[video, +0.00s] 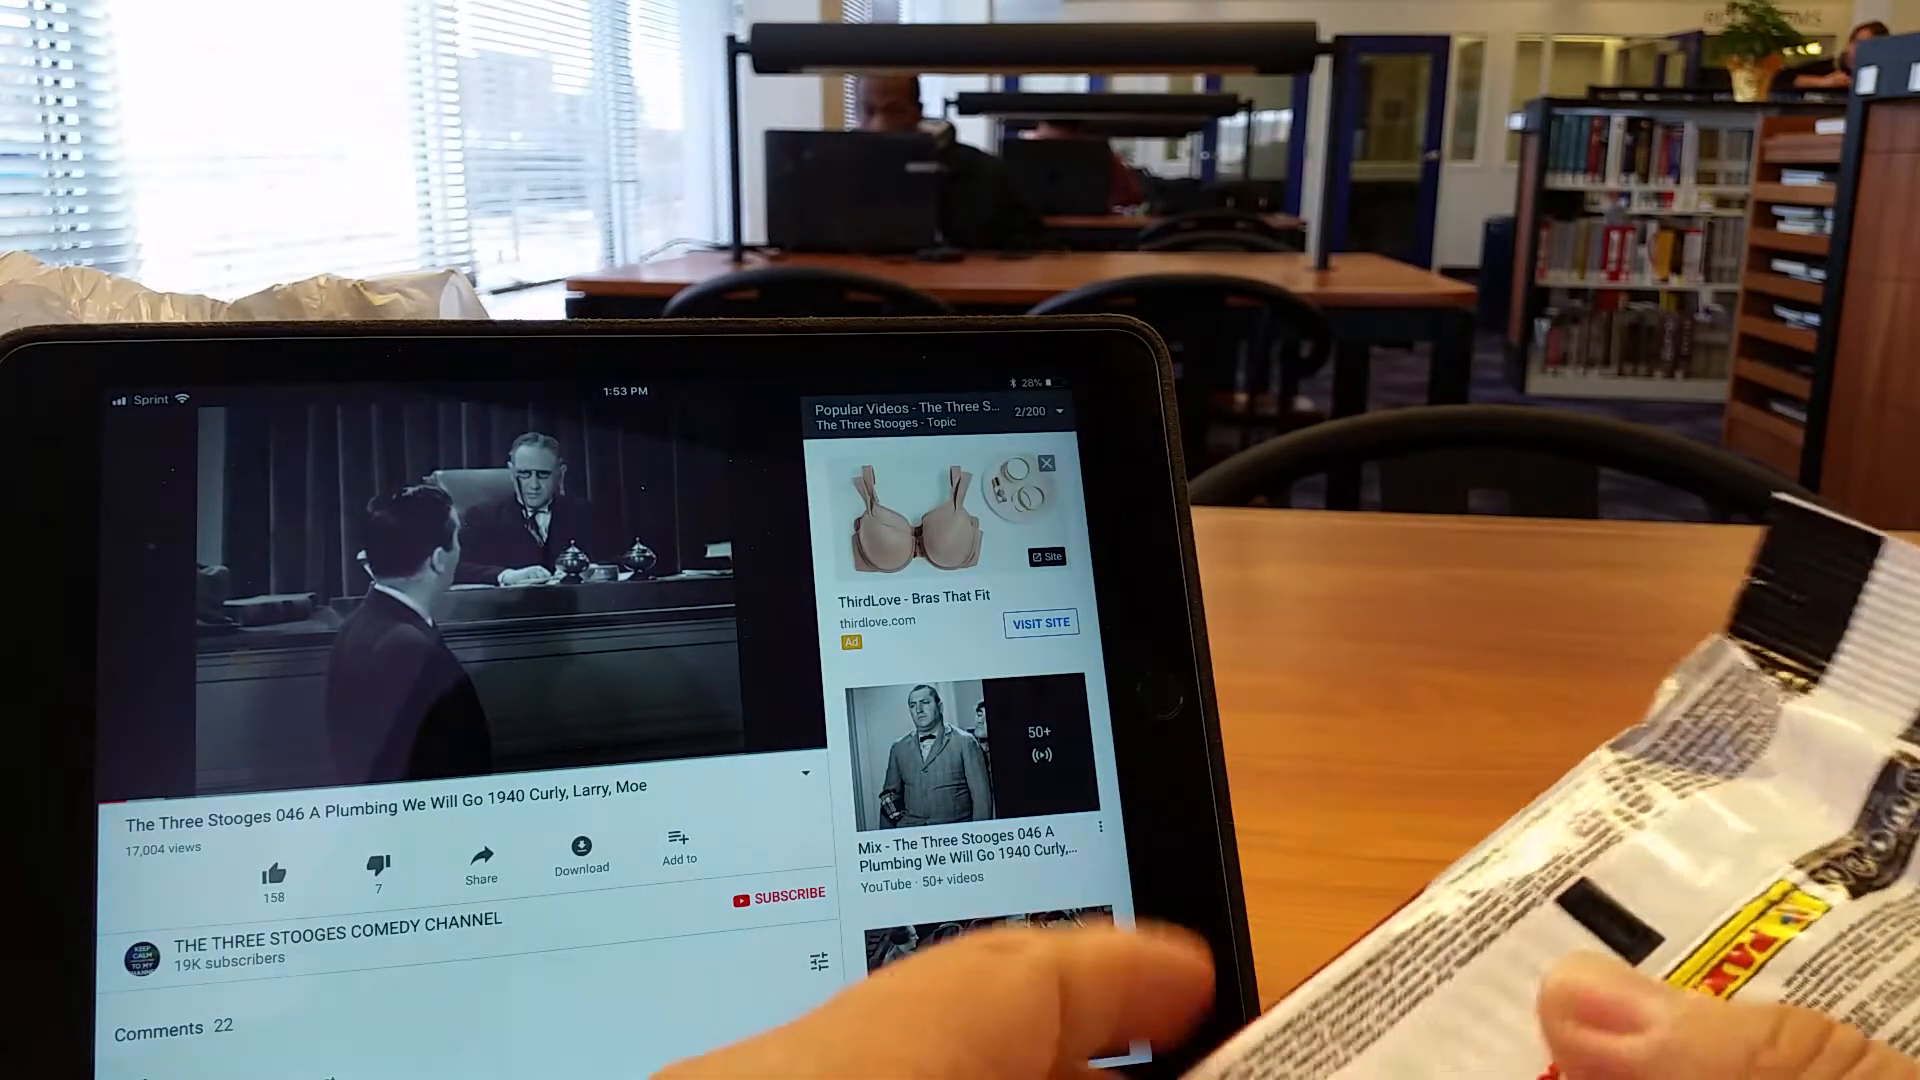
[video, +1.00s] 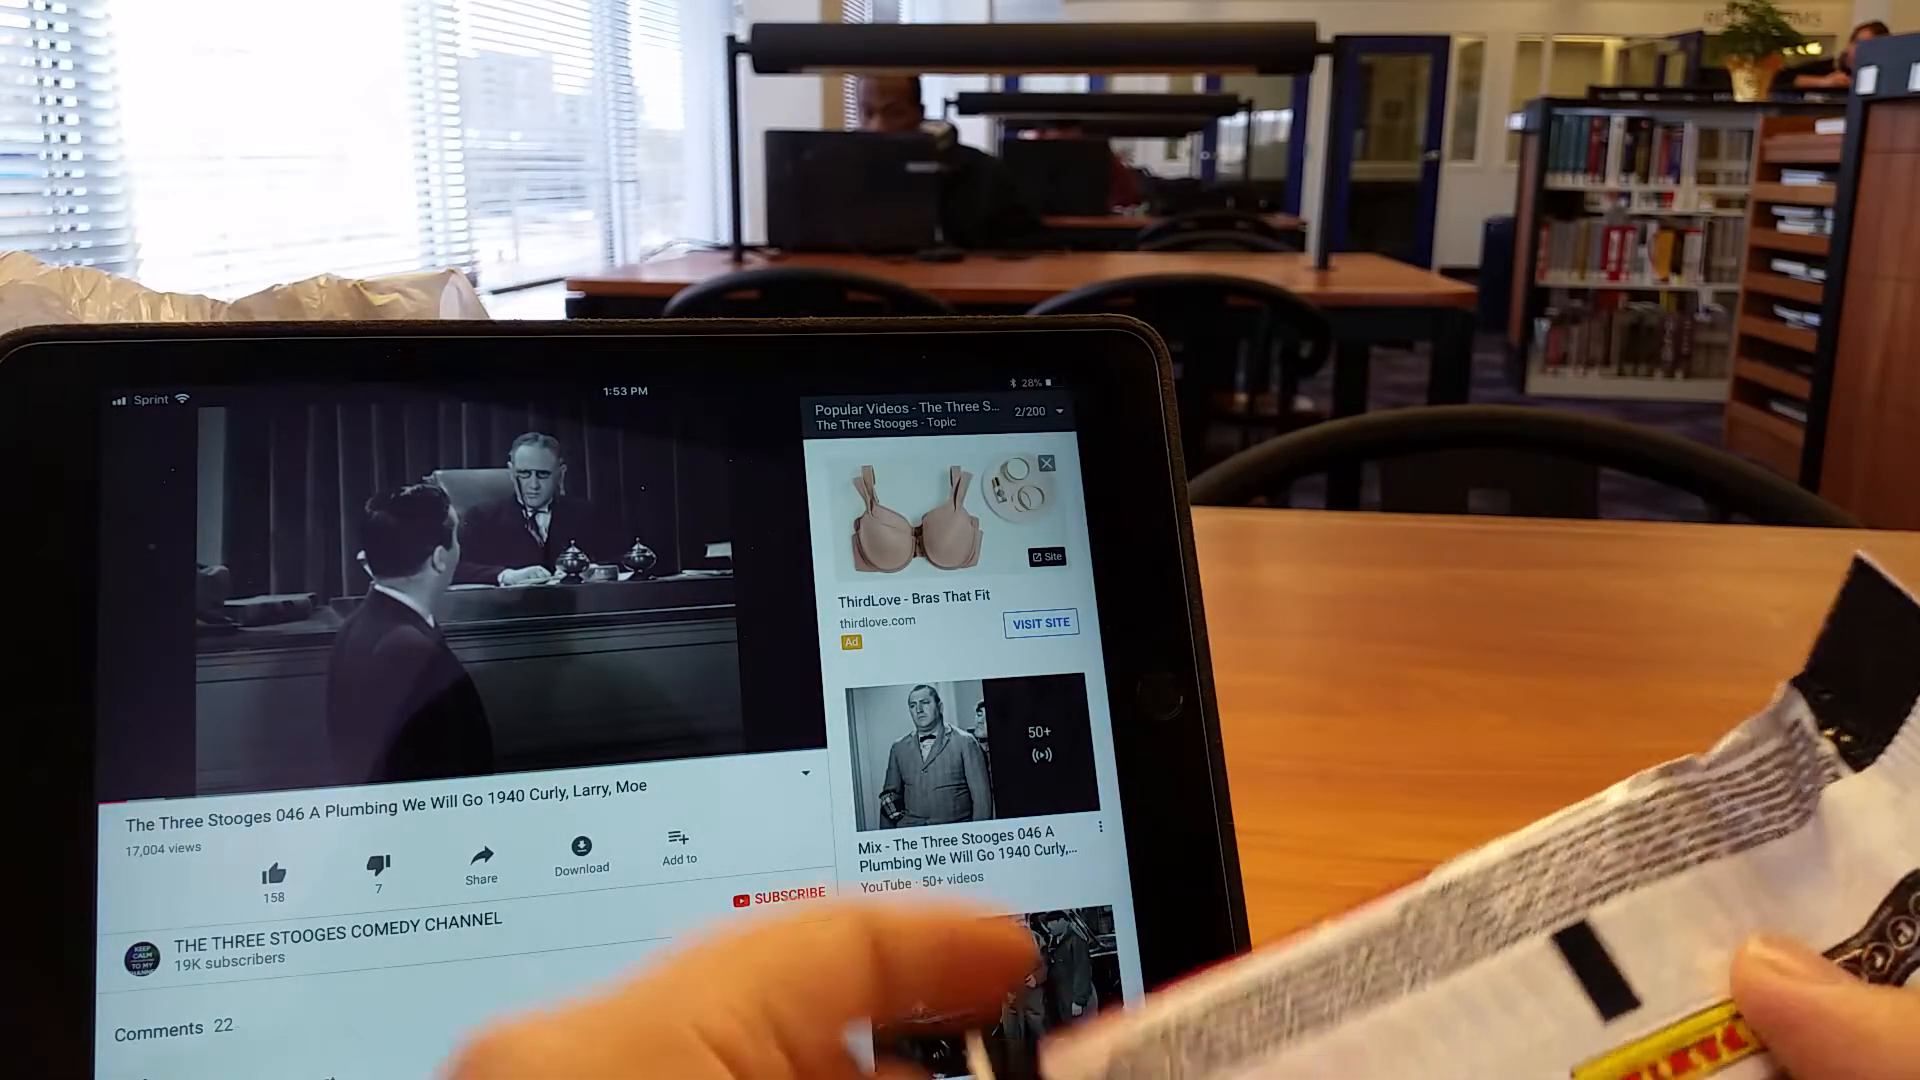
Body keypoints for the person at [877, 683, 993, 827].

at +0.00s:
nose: (919, 709)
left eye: (925, 703)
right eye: (913, 705)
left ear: (939, 706)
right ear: (909, 711)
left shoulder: (964, 742)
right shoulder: (899, 748)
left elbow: (981, 795)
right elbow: (891, 794)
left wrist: (979, 835)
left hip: (956, 831)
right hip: (910, 835)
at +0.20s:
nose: (919, 710)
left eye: (925, 703)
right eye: (913, 705)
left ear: (939, 706)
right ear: (909, 711)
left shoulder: (964, 742)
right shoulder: (899, 748)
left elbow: (981, 795)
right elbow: (890, 796)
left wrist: (979, 835)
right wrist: (886, 840)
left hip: (956, 832)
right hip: (910, 836)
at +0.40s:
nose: (919, 709)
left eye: (925, 703)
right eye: (913, 705)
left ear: (939, 706)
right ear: (909, 711)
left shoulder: (964, 742)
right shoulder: (899, 749)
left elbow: (981, 795)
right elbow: (891, 795)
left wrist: (979, 835)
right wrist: (886, 840)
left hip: (956, 832)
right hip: (910, 836)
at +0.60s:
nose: (919, 709)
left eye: (925, 703)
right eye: (913, 705)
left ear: (940, 707)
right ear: (909, 711)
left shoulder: (964, 742)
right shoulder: (899, 749)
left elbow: (981, 795)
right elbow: (891, 795)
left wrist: (979, 835)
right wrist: (886, 840)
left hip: (956, 831)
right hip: (910, 835)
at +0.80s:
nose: (919, 709)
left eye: (925, 703)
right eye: (913, 705)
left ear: (939, 707)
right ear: (909, 711)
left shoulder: (964, 742)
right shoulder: (899, 748)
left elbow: (981, 795)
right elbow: (890, 795)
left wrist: (979, 835)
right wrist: (886, 840)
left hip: (955, 832)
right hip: (910, 836)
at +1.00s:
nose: (919, 710)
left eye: (925, 703)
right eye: (913, 705)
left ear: (939, 707)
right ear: (909, 711)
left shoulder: (964, 742)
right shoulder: (899, 748)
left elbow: (981, 795)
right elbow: (890, 795)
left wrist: (979, 835)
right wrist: (886, 840)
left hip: (956, 831)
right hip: (910, 836)